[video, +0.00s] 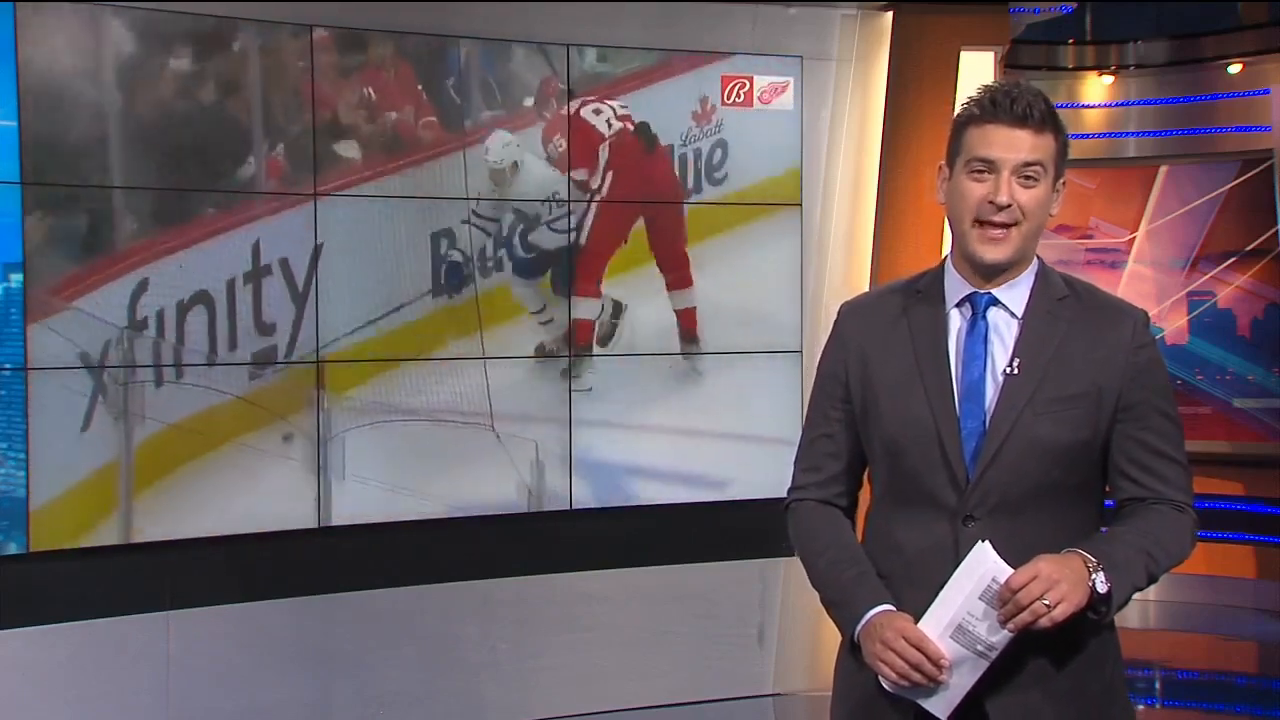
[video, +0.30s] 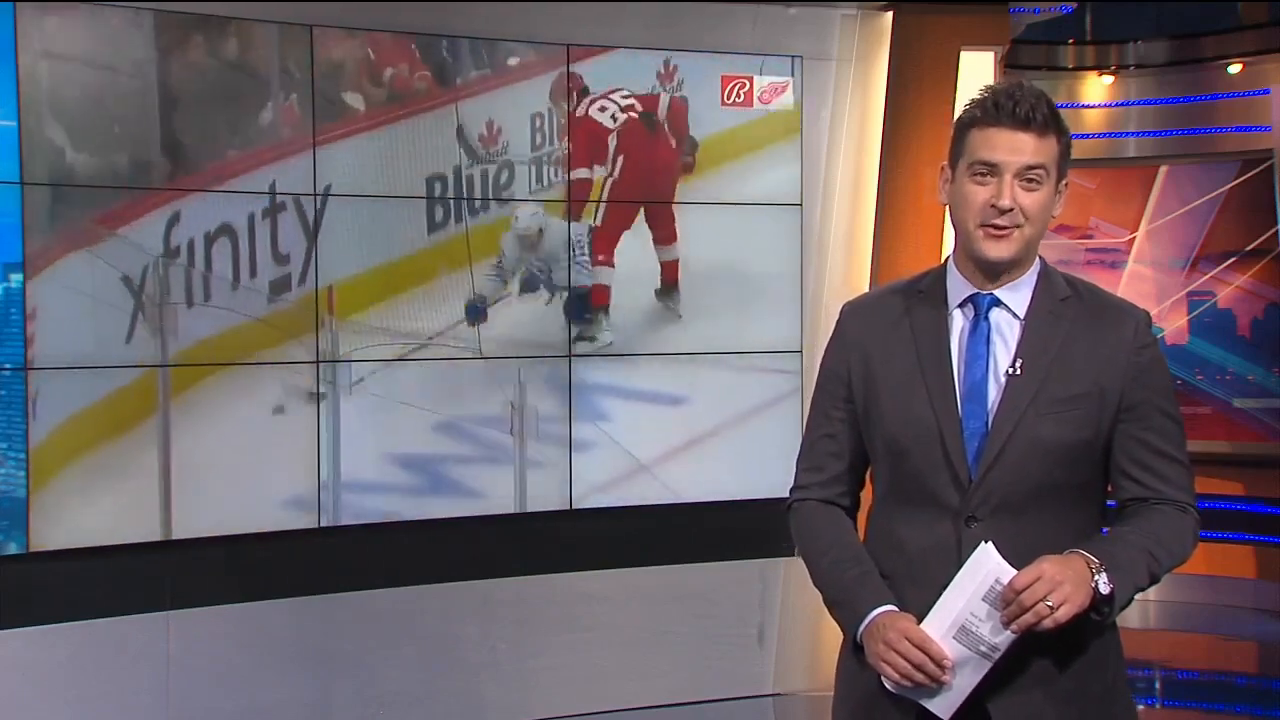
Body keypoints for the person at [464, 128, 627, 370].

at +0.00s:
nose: (494, 177)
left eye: (499, 171)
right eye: (491, 170)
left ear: (515, 165)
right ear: (488, 165)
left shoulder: (543, 180)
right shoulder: (498, 179)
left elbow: (563, 228)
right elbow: (482, 220)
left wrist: (527, 244)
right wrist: (463, 256)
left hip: (576, 231)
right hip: (541, 235)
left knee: (564, 288)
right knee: (522, 285)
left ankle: (609, 310)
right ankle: (557, 335)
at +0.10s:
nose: (505, 198)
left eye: (510, 192)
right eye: (500, 192)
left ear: (523, 183)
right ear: (494, 184)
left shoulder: (547, 194)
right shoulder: (492, 195)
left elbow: (568, 241)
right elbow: (486, 238)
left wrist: (534, 257)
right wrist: (469, 273)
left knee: (559, 284)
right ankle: (560, 313)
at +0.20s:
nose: (514, 212)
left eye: (518, 207)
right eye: (510, 207)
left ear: (530, 199)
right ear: (505, 199)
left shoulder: (549, 204)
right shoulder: (504, 207)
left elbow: (573, 243)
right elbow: (496, 249)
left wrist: (541, 264)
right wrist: (482, 287)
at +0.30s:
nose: (525, 241)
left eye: (529, 236)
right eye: (521, 236)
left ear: (541, 229)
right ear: (515, 231)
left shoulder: (559, 234)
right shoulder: (511, 241)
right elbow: (501, 273)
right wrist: (482, 298)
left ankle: (590, 326)